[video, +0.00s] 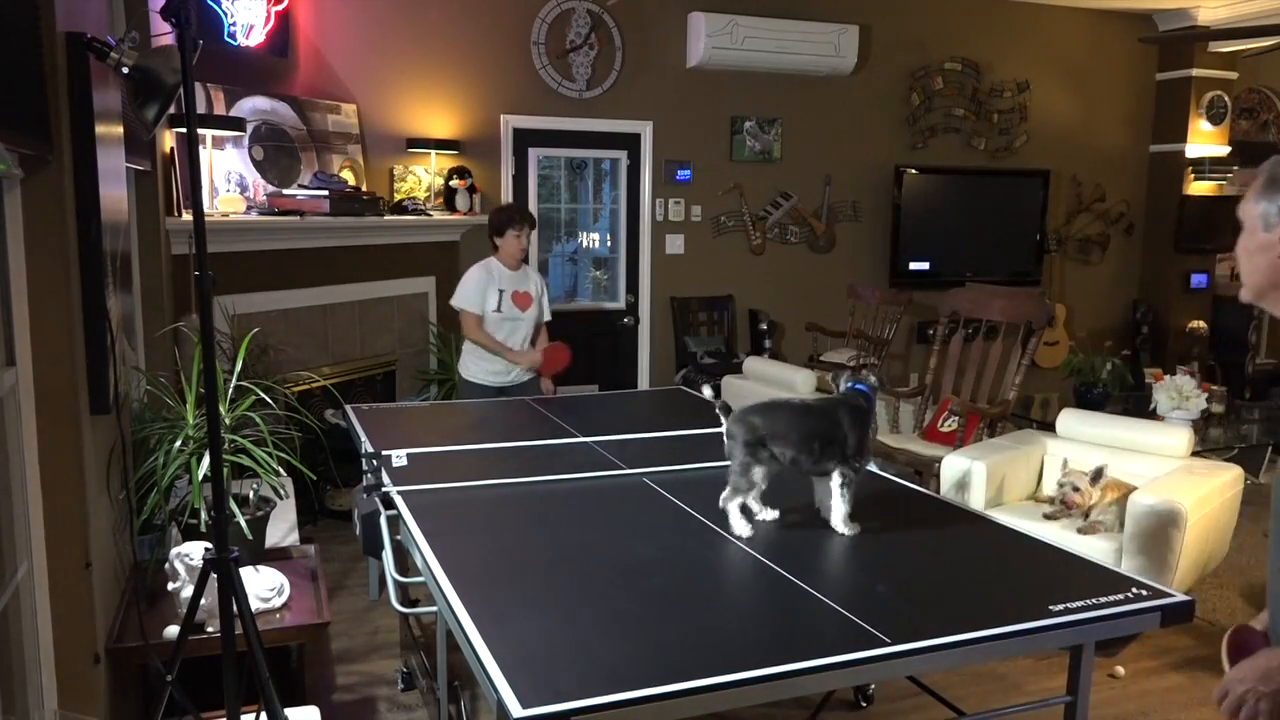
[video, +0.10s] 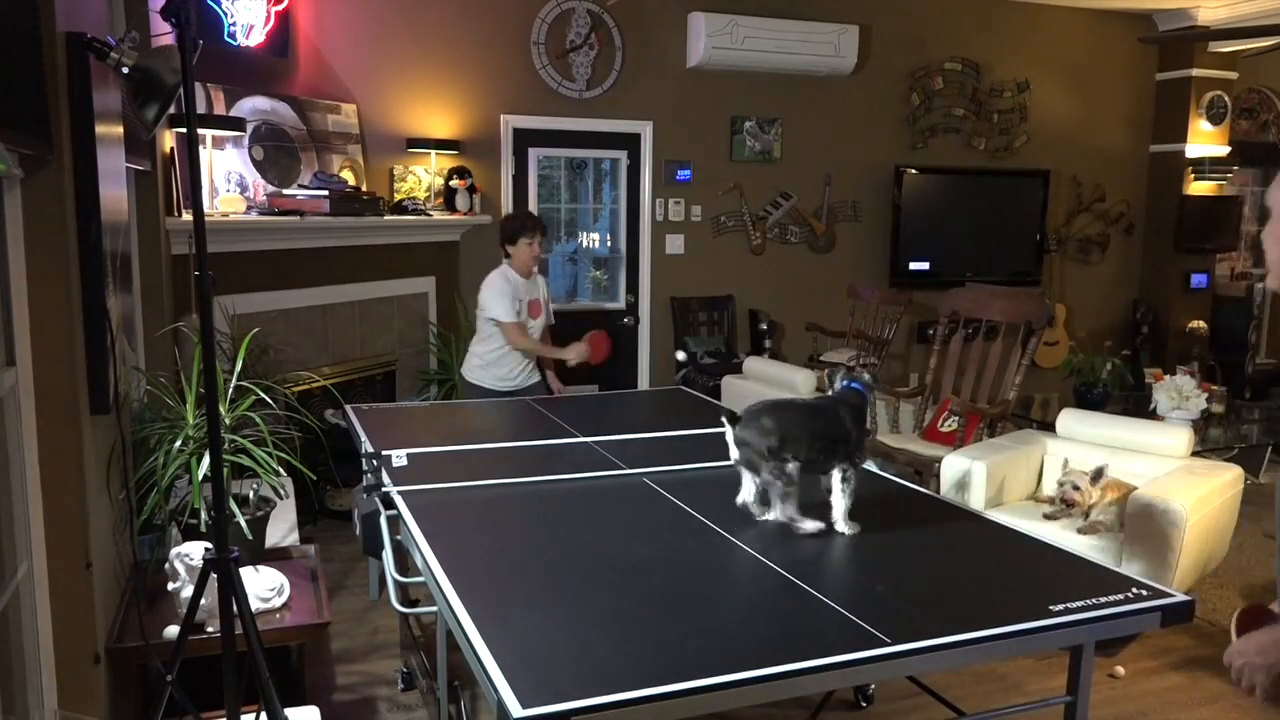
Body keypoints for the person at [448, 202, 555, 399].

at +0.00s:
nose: (525, 244)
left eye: (527, 236)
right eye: (517, 237)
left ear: (530, 237)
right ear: (497, 239)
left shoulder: (535, 279)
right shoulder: (479, 275)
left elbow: (540, 330)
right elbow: (471, 329)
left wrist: (545, 373)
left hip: (523, 380)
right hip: (480, 381)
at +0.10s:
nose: (537, 251)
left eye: (539, 243)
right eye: (529, 244)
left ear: (541, 244)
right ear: (509, 248)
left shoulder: (539, 282)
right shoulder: (497, 283)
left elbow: (543, 334)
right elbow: (517, 340)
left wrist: (550, 375)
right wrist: (564, 353)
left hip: (527, 381)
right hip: (485, 384)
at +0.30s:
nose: (578, 259)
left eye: (580, 252)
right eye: (570, 252)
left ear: (584, 252)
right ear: (550, 253)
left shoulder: (566, 283)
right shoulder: (541, 284)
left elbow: (559, 337)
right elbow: (560, 328)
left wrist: (561, 376)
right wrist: (603, 351)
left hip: (546, 378)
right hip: (510, 380)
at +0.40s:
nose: (594, 262)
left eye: (598, 256)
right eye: (588, 255)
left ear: (601, 257)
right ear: (570, 256)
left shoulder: (584, 287)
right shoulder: (556, 283)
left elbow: (579, 332)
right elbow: (554, 315)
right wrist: (571, 342)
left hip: (554, 377)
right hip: (517, 377)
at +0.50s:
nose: (604, 263)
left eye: (609, 258)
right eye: (598, 256)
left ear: (613, 262)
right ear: (581, 256)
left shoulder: (598, 297)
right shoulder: (561, 281)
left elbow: (586, 341)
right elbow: (537, 315)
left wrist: (576, 376)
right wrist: (549, 342)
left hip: (560, 376)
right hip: (521, 372)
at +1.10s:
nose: (530, 244)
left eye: (536, 238)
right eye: (523, 236)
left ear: (544, 243)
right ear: (511, 239)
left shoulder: (551, 279)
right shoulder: (493, 268)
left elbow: (557, 334)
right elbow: (471, 306)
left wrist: (556, 383)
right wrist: (487, 333)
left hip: (535, 374)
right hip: (494, 371)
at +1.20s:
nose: (520, 243)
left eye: (528, 237)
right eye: (515, 235)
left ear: (536, 242)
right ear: (504, 238)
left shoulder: (544, 277)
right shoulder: (490, 270)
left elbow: (551, 329)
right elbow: (474, 304)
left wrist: (548, 380)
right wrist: (475, 332)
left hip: (528, 374)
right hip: (490, 371)